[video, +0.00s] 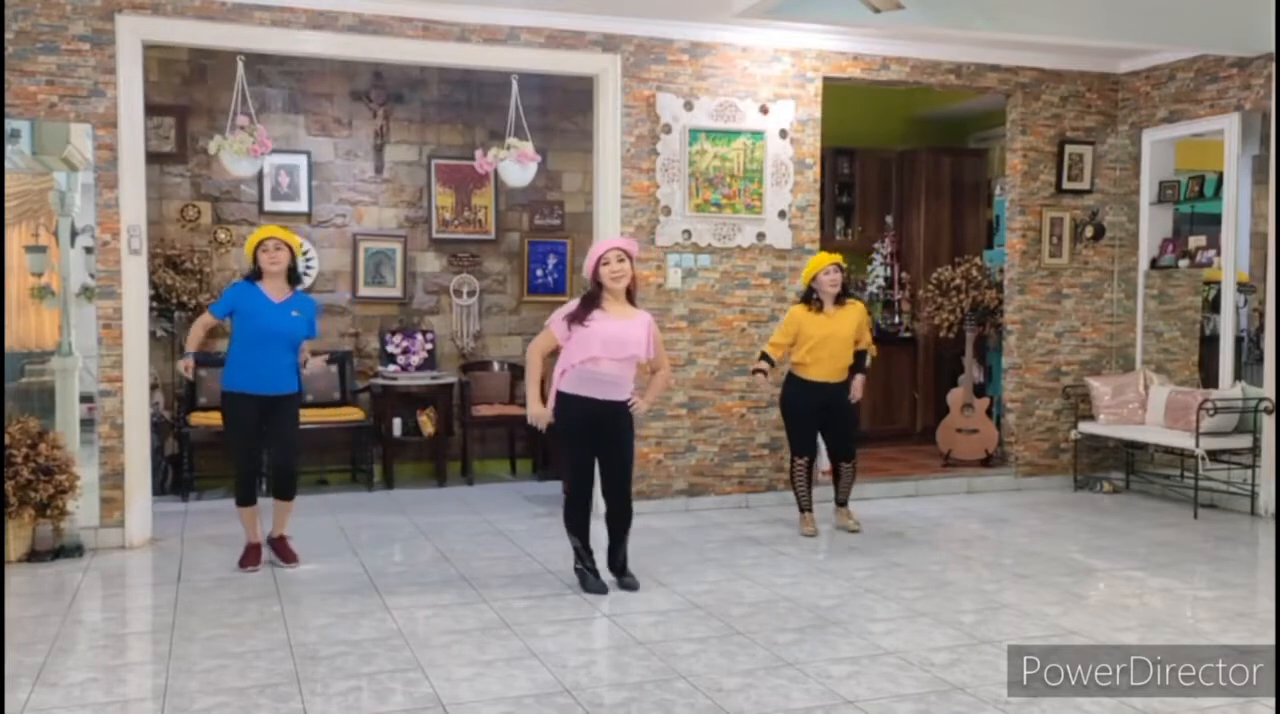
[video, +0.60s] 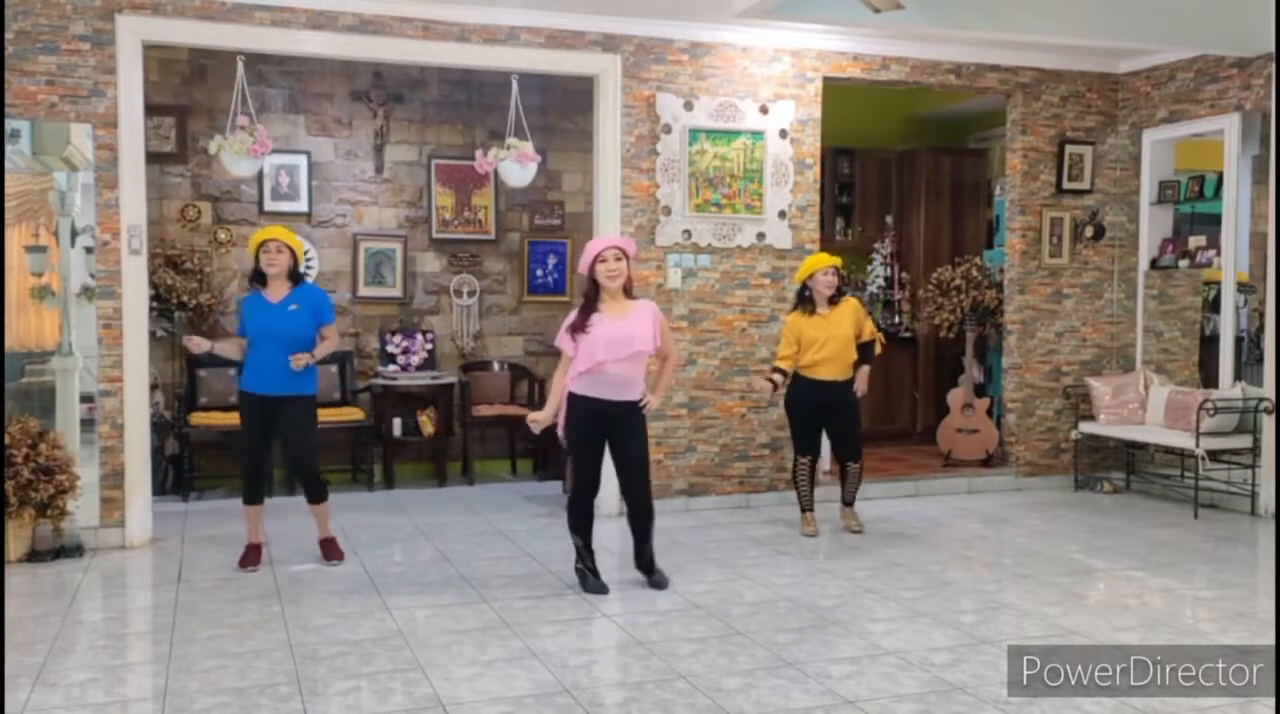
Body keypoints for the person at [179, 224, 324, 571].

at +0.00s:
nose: (272, 254)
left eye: (279, 249)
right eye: (265, 250)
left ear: (291, 257)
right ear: (256, 258)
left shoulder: (305, 304)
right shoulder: (239, 293)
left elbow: (303, 348)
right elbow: (203, 323)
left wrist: (306, 361)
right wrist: (189, 353)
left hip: (285, 396)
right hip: (241, 394)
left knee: (286, 466)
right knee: (246, 468)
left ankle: (278, 536)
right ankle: (253, 541)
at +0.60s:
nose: (272, 256)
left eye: (280, 250)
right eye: (266, 251)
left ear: (293, 258)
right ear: (258, 260)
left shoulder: (313, 296)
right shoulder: (249, 302)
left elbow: (331, 340)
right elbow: (243, 349)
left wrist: (312, 356)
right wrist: (209, 345)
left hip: (298, 396)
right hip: (254, 395)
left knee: (304, 464)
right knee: (253, 466)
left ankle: (326, 536)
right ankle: (254, 542)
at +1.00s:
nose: (299, 259)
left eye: (306, 253)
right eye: (291, 254)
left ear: (317, 260)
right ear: (282, 262)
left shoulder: (340, 293)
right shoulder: (276, 307)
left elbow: (359, 331)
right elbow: (271, 358)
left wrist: (360, 351)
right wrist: (255, 366)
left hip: (333, 395)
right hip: (289, 395)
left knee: (329, 465)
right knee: (278, 463)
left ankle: (330, 537)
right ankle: (272, 533)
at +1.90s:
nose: (294, 257)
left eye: (301, 251)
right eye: (287, 251)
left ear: (311, 259)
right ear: (276, 258)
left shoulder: (321, 300)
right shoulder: (263, 297)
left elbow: (326, 349)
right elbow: (232, 335)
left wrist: (354, 346)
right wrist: (261, 359)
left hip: (311, 395)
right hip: (269, 395)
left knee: (317, 465)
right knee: (265, 465)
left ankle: (327, 537)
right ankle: (256, 540)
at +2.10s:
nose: (282, 257)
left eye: (289, 252)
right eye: (275, 252)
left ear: (300, 260)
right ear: (264, 259)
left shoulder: (308, 304)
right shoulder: (247, 297)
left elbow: (308, 352)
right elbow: (209, 334)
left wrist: (326, 362)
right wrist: (220, 368)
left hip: (293, 399)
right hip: (250, 398)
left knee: (306, 465)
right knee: (253, 468)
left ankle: (319, 537)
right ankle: (255, 541)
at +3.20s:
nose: (294, 257)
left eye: (300, 251)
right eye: (287, 251)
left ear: (310, 259)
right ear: (274, 259)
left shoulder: (330, 294)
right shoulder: (264, 304)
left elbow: (349, 333)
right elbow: (257, 353)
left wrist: (343, 352)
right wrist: (224, 348)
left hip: (324, 395)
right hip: (279, 396)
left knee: (327, 466)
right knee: (269, 467)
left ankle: (335, 539)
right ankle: (257, 540)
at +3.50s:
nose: (314, 257)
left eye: (320, 252)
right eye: (307, 252)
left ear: (329, 260)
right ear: (295, 260)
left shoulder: (347, 294)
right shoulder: (281, 307)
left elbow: (368, 332)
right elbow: (277, 355)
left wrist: (384, 343)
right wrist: (271, 369)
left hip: (341, 396)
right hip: (299, 398)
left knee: (339, 466)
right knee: (299, 466)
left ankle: (336, 538)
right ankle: (299, 531)